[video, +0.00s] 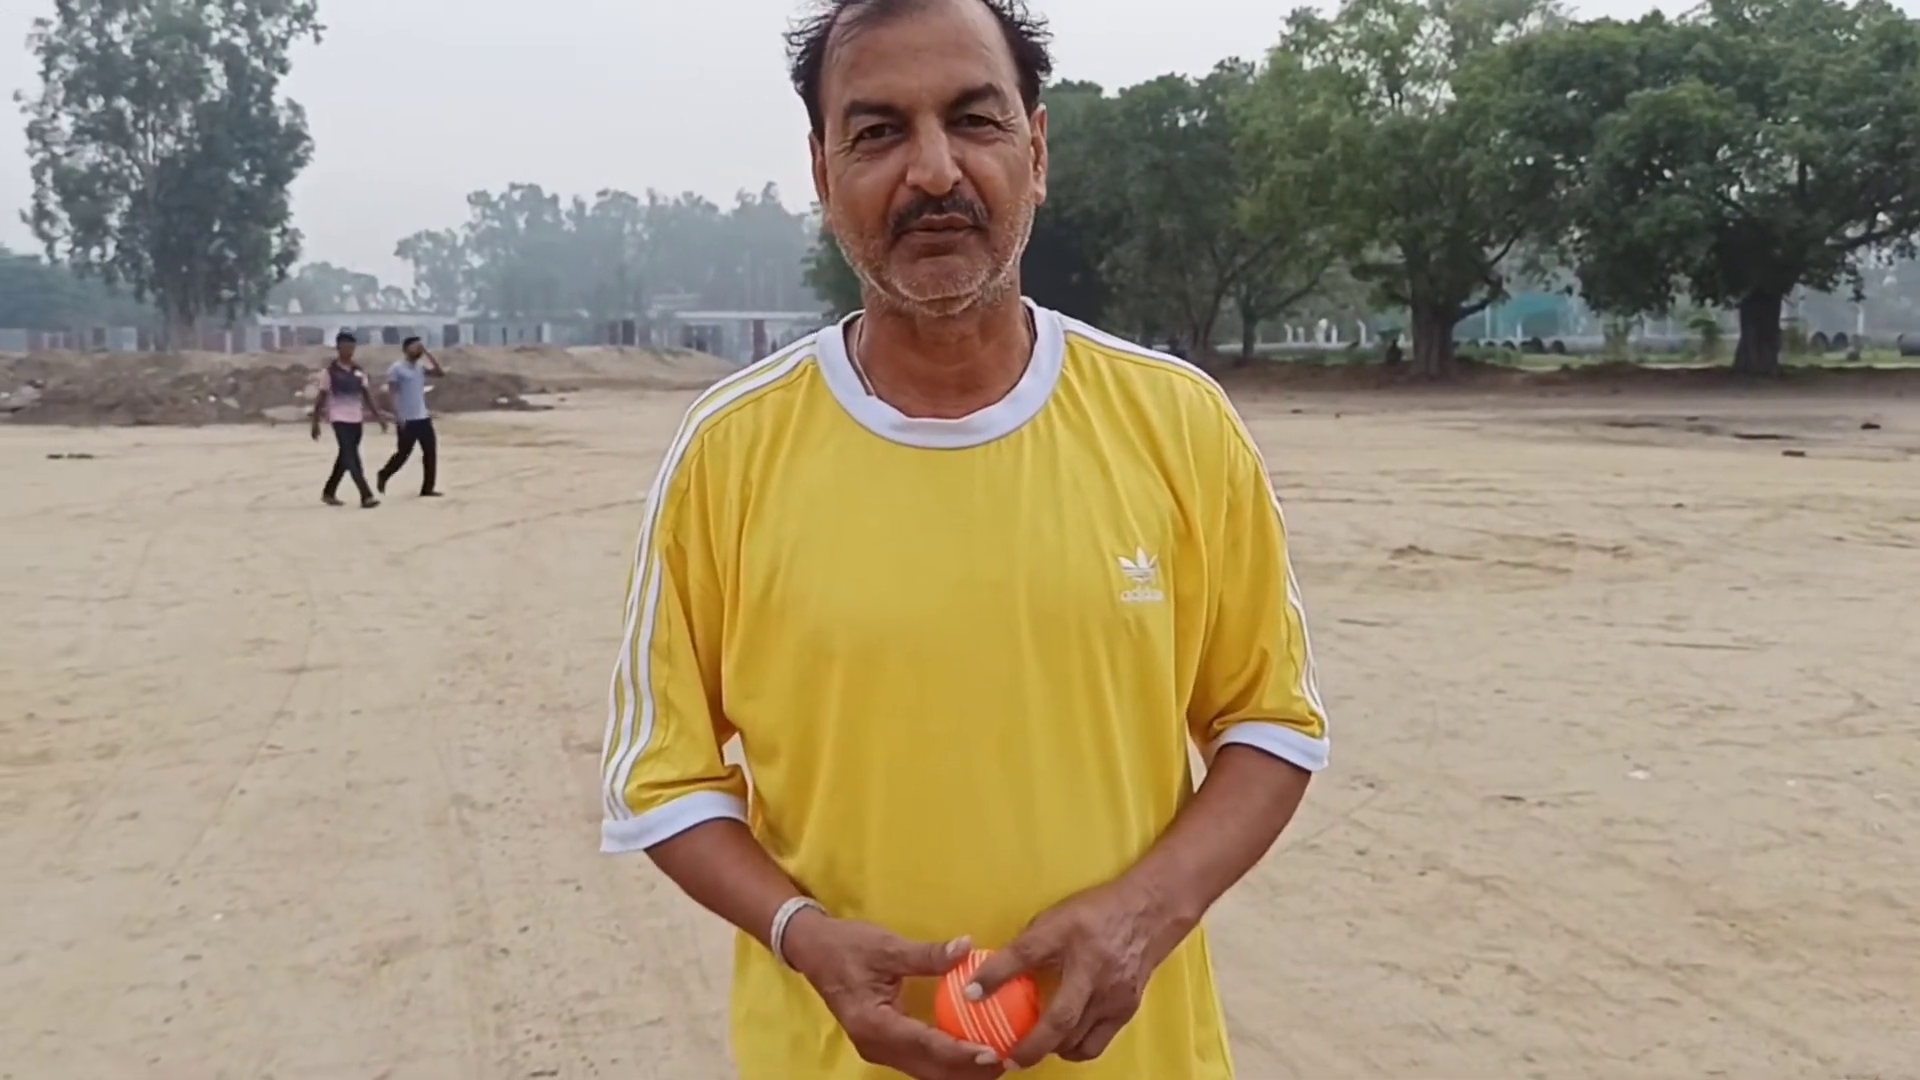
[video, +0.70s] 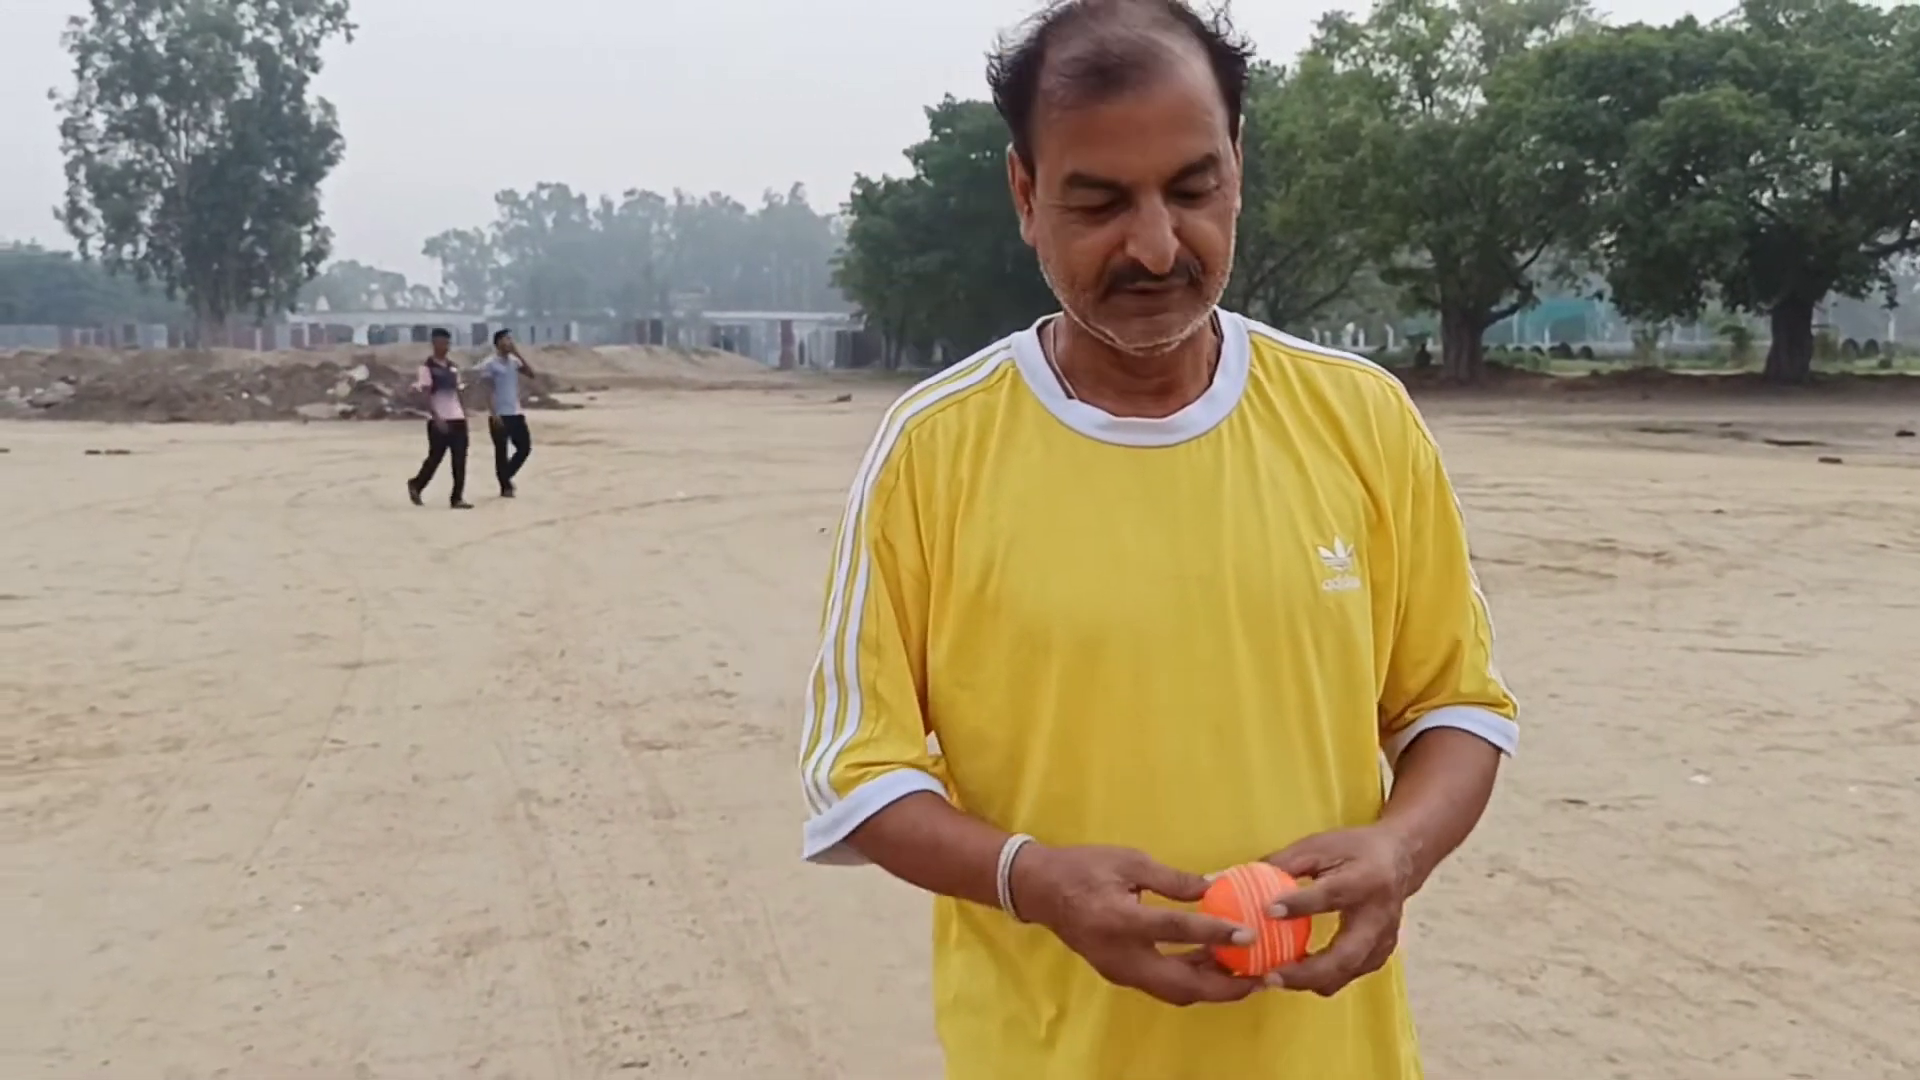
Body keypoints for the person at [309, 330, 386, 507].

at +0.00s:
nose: (348, 351)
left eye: (351, 348)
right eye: (344, 347)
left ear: (354, 348)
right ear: (338, 348)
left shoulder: (359, 372)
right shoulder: (329, 372)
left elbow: (367, 397)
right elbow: (321, 398)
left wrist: (379, 416)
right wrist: (315, 423)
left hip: (356, 420)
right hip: (339, 419)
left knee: (344, 458)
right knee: (351, 458)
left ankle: (329, 491)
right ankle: (366, 495)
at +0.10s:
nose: (368, 351)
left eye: (371, 347)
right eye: (364, 347)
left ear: (374, 348)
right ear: (357, 348)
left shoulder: (379, 370)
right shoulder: (350, 372)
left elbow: (389, 395)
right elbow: (344, 399)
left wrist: (398, 416)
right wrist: (342, 425)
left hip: (379, 418)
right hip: (362, 418)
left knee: (373, 457)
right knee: (372, 457)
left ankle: (350, 484)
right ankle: (381, 495)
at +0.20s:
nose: (382, 349)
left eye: (384, 345)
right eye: (378, 345)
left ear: (389, 346)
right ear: (372, 346)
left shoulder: (394, 368)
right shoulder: (367, 370)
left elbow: (401, 394)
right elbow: (364, 398)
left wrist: (410, 414)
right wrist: (367, 423)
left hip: (396, 418)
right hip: (379, 418)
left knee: (402, 452)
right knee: (385, 456)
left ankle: (377, 478)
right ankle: (390, 494)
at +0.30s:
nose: (394, 347)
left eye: (396, 344)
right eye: (390, 344)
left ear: (401, 345)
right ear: (385, 345)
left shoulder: (407, 367)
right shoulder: (379, 369)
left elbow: (413, 392)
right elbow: (380, 396)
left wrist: (419, 412)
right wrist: (388, 418)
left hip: (410, 417)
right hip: (392, 418)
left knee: (418, 453)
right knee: (392, 460)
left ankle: (402, 484)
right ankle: (396, 495)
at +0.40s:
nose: (405, 347)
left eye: (408, 343)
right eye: (402, 343)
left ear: (411, 344)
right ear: (395, 344)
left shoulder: (417, 367)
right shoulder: (390, 369)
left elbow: (423, 394)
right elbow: (392, 396)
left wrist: (429, 414)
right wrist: (409, 415)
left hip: (420, 418)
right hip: (400, 419)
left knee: (429, 458)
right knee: (399, 460)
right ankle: (399, 496)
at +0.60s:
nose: (430, 348)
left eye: (433, 344)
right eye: (427, 344)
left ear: (436, 345)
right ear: (420, 345)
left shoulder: (441, 368)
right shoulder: (415, 369)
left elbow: (445, 393)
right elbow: (415, 397)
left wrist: (450, 413)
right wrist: (435, 414)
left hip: (444, 420)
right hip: (425, 420)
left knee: (449, 460)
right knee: (417, 459)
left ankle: (452, 496)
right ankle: (407, 493)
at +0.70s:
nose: (443, 347)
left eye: (446, 343)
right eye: (440, 343)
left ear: (449, 345)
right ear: (433, 344)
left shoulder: (452, 367)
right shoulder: (427, 368)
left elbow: (457, 393)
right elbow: (425, 395)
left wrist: (463, 415)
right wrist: (436, 417)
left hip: (458, 418)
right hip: (439, 419)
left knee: (459, 461)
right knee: (435, 457)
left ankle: (457, 497)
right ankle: (416, 484)